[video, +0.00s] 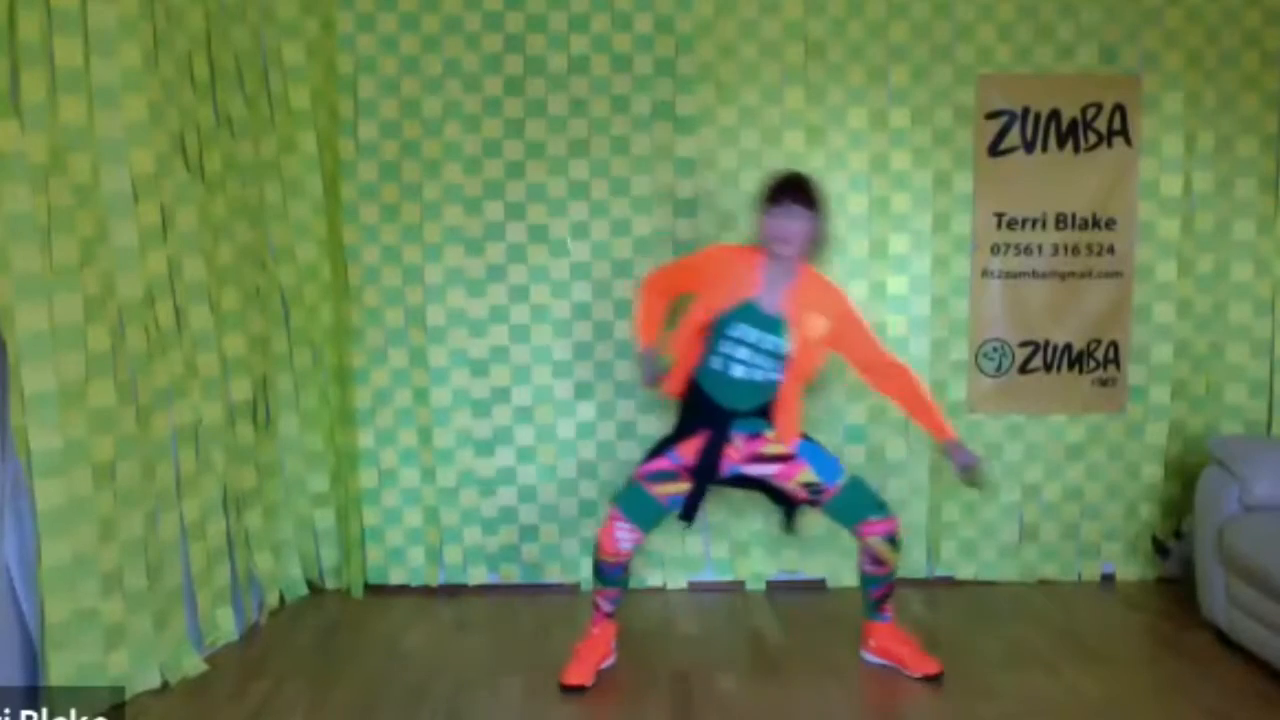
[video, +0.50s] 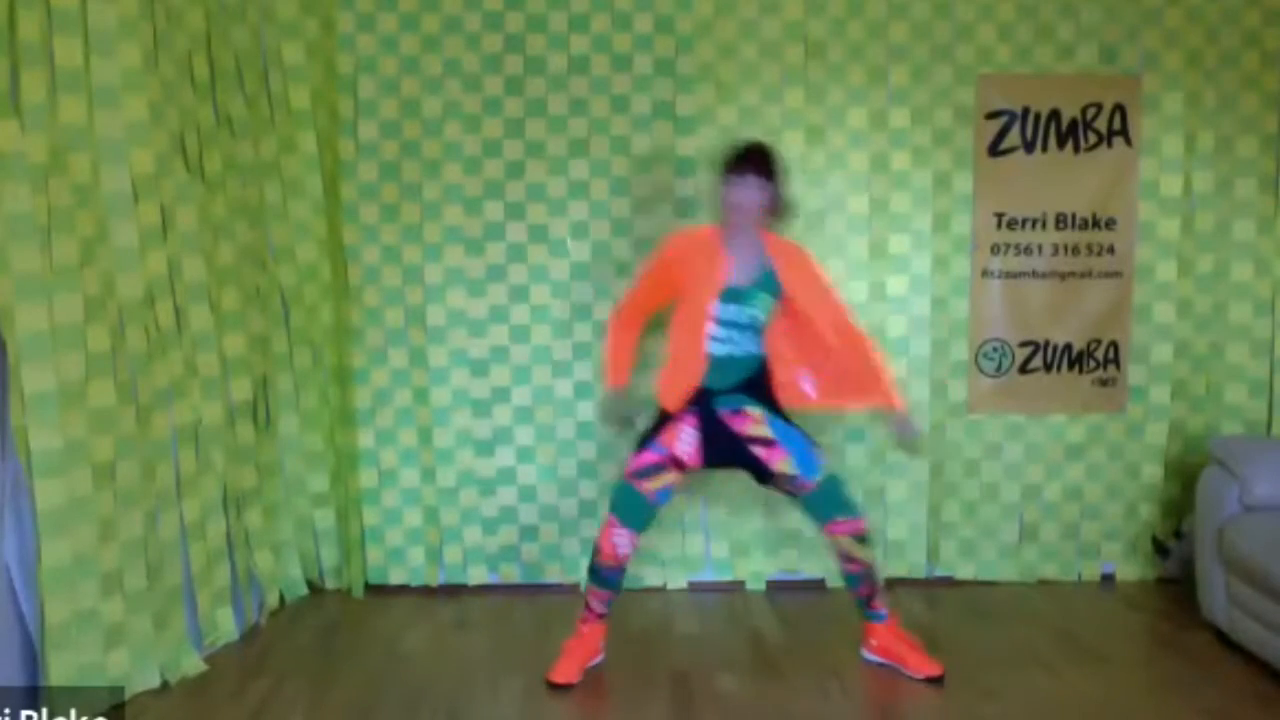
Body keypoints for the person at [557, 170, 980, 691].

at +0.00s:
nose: (786, 228)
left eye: (799, 218)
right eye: (778, 215)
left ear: (816, 230)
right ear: (761, 220)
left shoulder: (824, 303)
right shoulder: (722, 266)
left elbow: (884, 370)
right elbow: (655, 288)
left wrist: (947, 438)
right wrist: (648, 347)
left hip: (774, 445)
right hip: (698, 438)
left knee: (877, 525)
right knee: (617, 535)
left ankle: (881, 631)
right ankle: (600, 634)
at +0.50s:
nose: (741, 202)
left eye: (754, 192)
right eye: (734, 190)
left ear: (771, 201)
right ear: (721, 194)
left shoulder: (786, 260)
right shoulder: (687, 250)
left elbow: (840, 331)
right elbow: (630, 311)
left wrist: (889, 402)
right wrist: (616, 380)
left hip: (754, 409)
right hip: (685, 409)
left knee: (838, 510)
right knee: (626, 512)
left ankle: (880, 629)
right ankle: (589, 632)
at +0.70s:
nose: (647, 143)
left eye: (660, 133)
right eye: (638, 131)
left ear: (679, 144)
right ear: (622, 140)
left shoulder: (705, 201)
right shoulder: (599, 213)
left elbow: (734, 281)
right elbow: (574, 301)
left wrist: (762, 356)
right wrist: (557, 388)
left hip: (701, 360)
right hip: (633, 365)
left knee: (741, 490)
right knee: (611, 504)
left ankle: (771, 622)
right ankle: (588, 627)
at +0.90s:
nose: (624, 136)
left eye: (636, 125)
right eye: (613, 124)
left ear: (654, 134)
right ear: (597, 132)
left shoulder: (679, 195)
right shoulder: (570, 198)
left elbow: (699, 285)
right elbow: (548, 288)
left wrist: (710, 372)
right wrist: (540, 375)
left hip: (676, 362)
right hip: (606, 366)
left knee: (673, 505)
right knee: (601, 505)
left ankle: (667, 630)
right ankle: (586, 629)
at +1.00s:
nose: (633, 139)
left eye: (647, 129)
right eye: (624, 127)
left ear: (666, 143)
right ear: (607, 135)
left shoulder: (679, 214)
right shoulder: (570, 197)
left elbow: (690, 304)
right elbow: (549, 280)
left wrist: (685, 395)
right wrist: (540, 364)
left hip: (643, 361)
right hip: (569, 359)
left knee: (657, 502)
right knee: (557, 498)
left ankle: (658, 630)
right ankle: (565, 619)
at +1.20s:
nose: (602, 156)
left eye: (613, 145)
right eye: (590, 146)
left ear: (631, 156)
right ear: (573, 157)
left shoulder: (654, 226)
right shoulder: (546, 225)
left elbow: (686, 310)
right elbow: (508, 308)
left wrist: (693, 389)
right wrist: (477, 389)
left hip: (626, 390)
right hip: (555, 391)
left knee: (677, 517)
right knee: (495, 502)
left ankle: (659, 634)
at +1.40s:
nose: (504, 212)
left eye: (514, 200)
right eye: (492, 202)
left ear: (534, 205)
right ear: (478, 213)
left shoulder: (575, 252)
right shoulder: (471, 289)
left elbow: (651, 266)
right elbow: (422, 368)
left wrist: (655, 332)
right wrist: (362, 450)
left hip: (590, 430)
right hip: (516, 440)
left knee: (677, 536)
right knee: (420, 538)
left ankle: (660, 638)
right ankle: (406, 639)